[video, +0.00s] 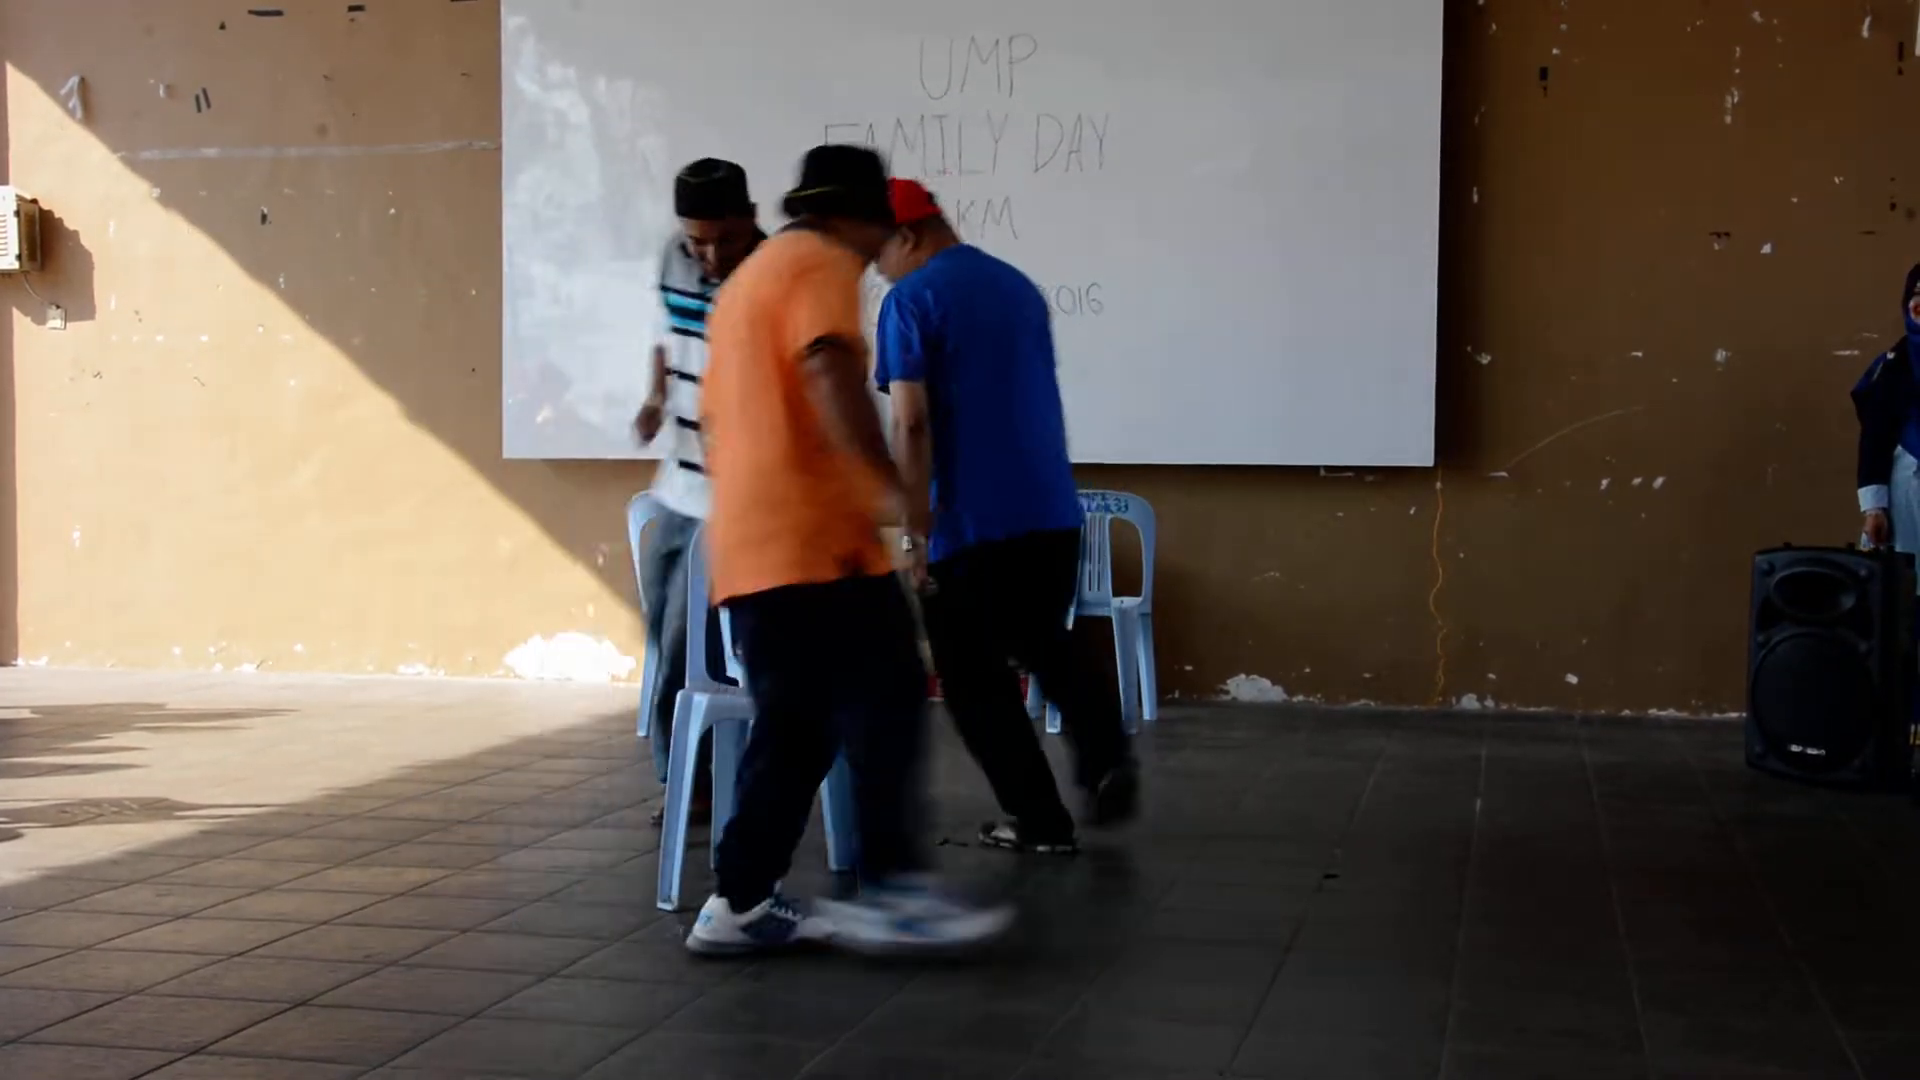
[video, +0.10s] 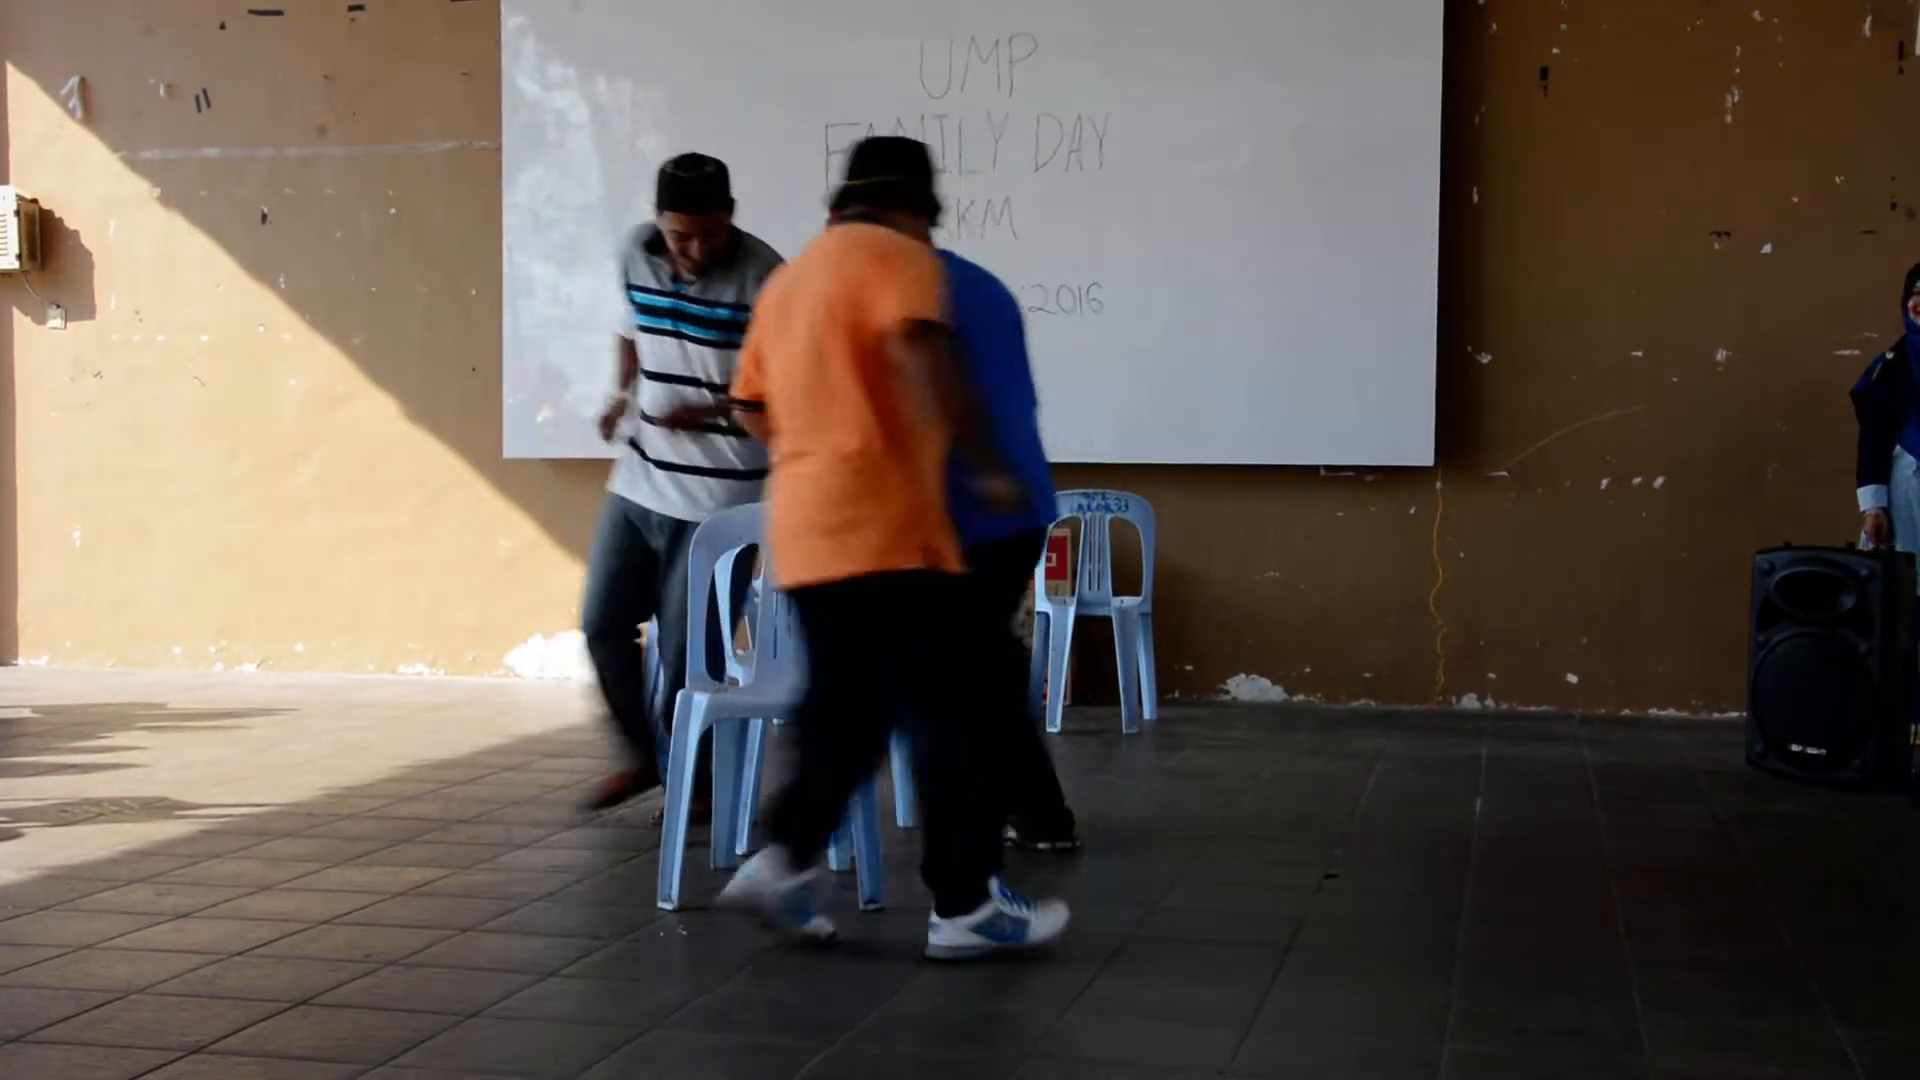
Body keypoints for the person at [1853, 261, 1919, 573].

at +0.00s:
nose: (1916, 303)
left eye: (1917, 295)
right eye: (1914, 296)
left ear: (1912, 304)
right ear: (1908, 305)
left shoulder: (1899, 364)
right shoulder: (1895, 365)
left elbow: (1875, 437)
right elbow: (1875, 437)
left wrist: (1875, 506)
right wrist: (1874, 506)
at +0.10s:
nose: (1916, 303)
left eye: (1918, 295)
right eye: (1913, 296)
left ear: (1913, 305)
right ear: (1906, 305)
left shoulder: (1898, 364)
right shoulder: (1893, 366)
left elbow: (1874, 440)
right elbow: (1873, 440)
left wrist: (1873, 507)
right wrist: (1873, 506)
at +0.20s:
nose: (1916, 302)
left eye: (1919, 294)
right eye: (1913, 294)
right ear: (1905, 305)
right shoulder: (1892, 367)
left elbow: (1874, 440)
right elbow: (1872, 439)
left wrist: (1873, 506)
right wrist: (1872, 506)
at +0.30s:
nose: (1916, 303)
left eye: (1919, 294)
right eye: (1912, 295)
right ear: (1904, 305)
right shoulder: (1892, 365)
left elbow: (1873, 439)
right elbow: (1872, 438)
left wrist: (1872, 506)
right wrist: (1871, 506)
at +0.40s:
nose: (1915, 302)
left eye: (1918, 293)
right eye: (1911, 294)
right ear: (1903, 305)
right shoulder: (1891, 367)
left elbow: (1872, 440)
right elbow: (1871, 439)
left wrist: (1872, 507)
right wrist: (1871, 507)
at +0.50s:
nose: (1915, 303)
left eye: (1918, 294)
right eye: (1911, 295)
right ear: (1904, 306)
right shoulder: (1891, 367)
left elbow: (1873, 440)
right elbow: (1871, 439)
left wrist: (1872, 507)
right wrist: (1871, 507)